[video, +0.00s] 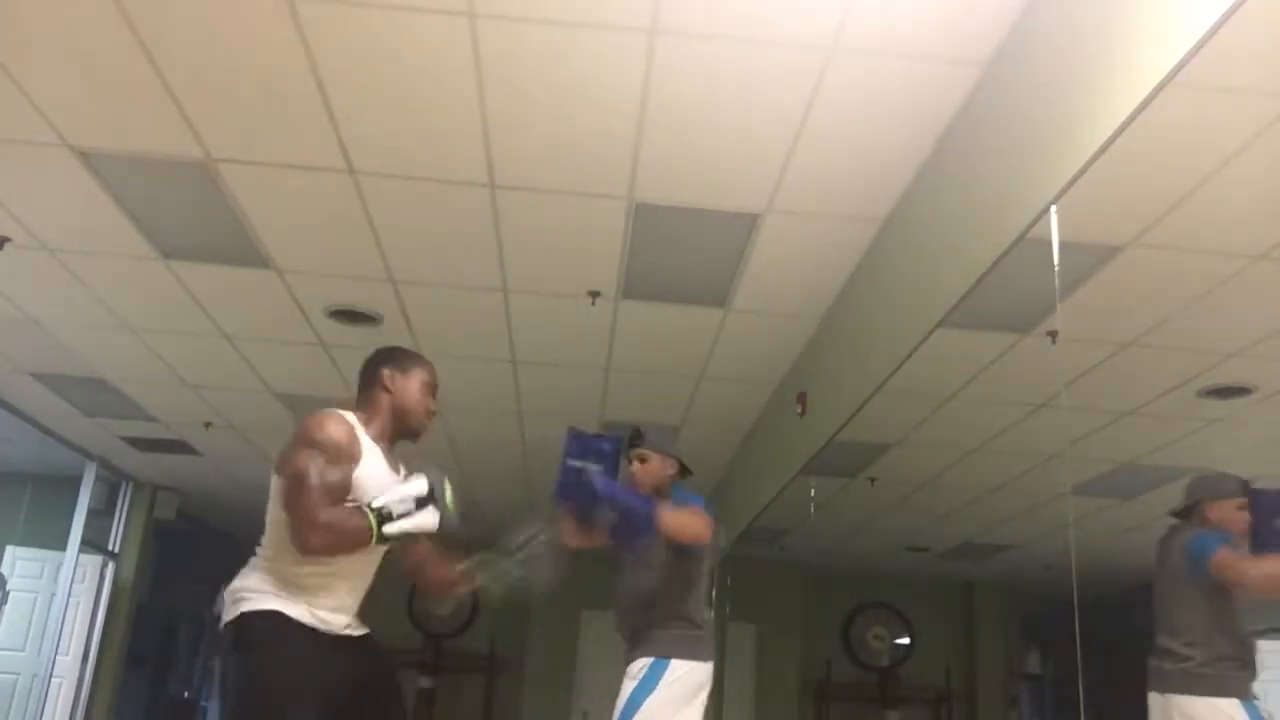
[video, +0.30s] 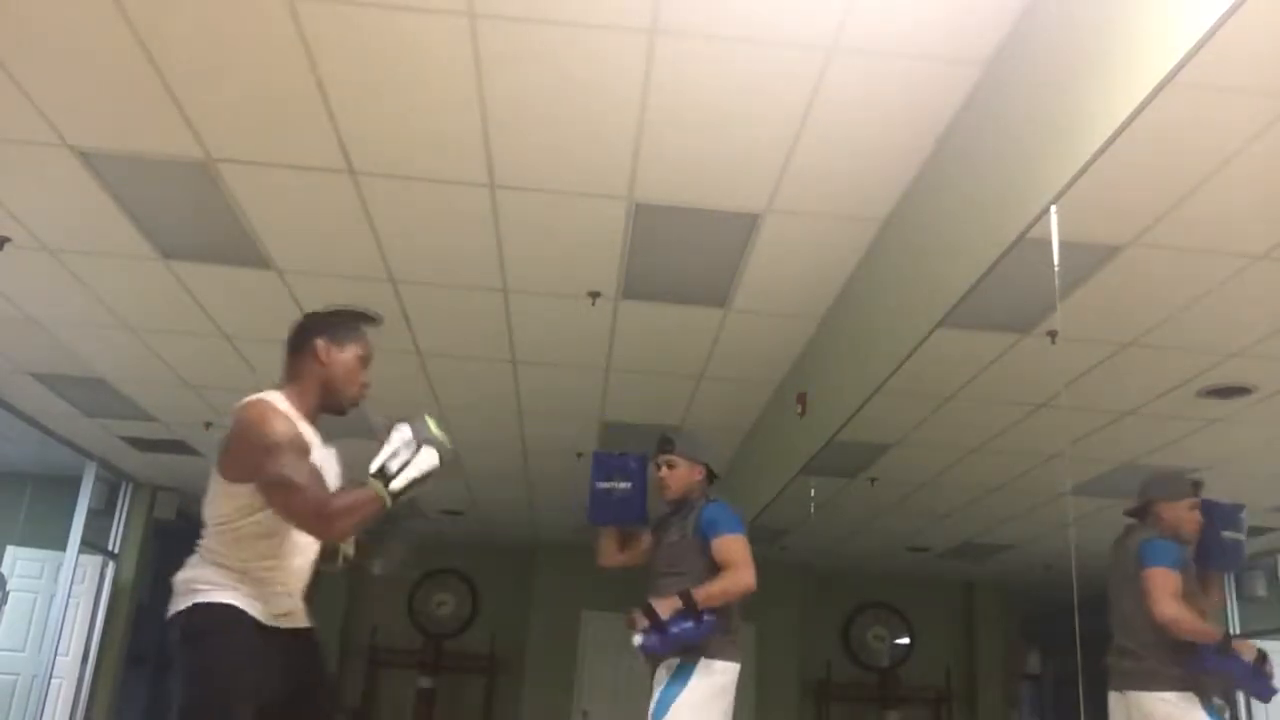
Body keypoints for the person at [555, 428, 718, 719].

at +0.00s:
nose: (632, 469)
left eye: (642, 460)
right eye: (630, 461)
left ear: (670, 467)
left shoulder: (685, 502)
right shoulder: (635, 514)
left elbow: (700, 531)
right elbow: (575, 538)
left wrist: (626, 500)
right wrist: (573, 490)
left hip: (674, 655)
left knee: (632, 713)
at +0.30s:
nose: (661, 474)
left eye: (671, 466)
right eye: (658, 467)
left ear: (699, 472)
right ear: (654, 472)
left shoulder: (714, 514)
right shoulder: (668, 524)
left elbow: (742, 577)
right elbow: (611, 557)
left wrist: (676, 602)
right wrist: (611, 497)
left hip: (704, 659)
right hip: (675, 656)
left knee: (668, 713)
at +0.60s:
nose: (661, 469)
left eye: (671, 460)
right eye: (659, 462)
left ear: (700, 466)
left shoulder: (715, 508)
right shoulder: (674, 517)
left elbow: (737, 579)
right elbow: (616, 553)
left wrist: (685, 637)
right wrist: (617, 489)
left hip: (711, 659)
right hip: (680, 658)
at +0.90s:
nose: (646, 464)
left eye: (655, 454)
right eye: (646, 456)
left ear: (688, 457)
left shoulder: (701, 495)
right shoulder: (676, 505)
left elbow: (716, 568)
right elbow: (623, 547)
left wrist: (675, 636)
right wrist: (617, 481)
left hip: (725, 655)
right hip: (699, 653)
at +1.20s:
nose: (692, 464)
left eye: (701, 455)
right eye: (692, 456)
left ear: (733, 460)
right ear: (732, 462)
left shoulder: (739, 499)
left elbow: (745, 574)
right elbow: (671, 549)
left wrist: (690, 628)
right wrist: (666, 483)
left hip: (745, 658)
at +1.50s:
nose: (723, 457)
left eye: (730, 448)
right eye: (723, 449)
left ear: (757, 452)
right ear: (756, 453)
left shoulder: (775, 484)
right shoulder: (793, 487)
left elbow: (741, 517)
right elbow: (709, 544)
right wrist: (703, 476)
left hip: (769, 647)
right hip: (808, 648)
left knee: (725, 712)